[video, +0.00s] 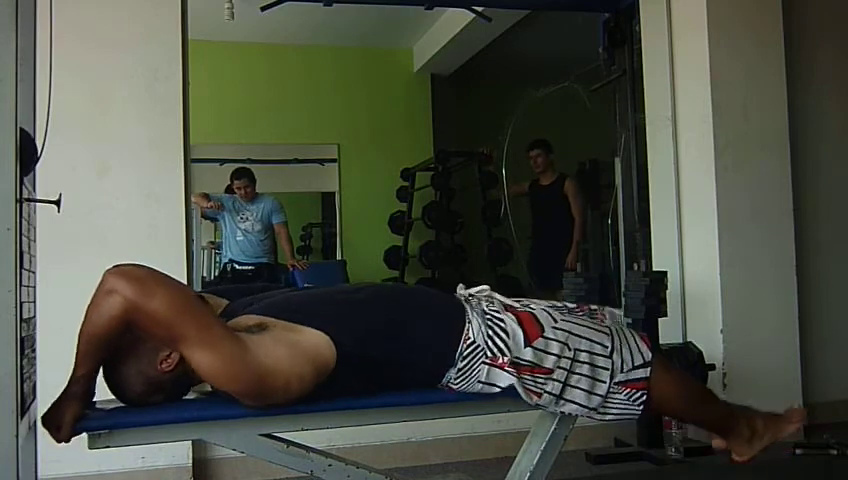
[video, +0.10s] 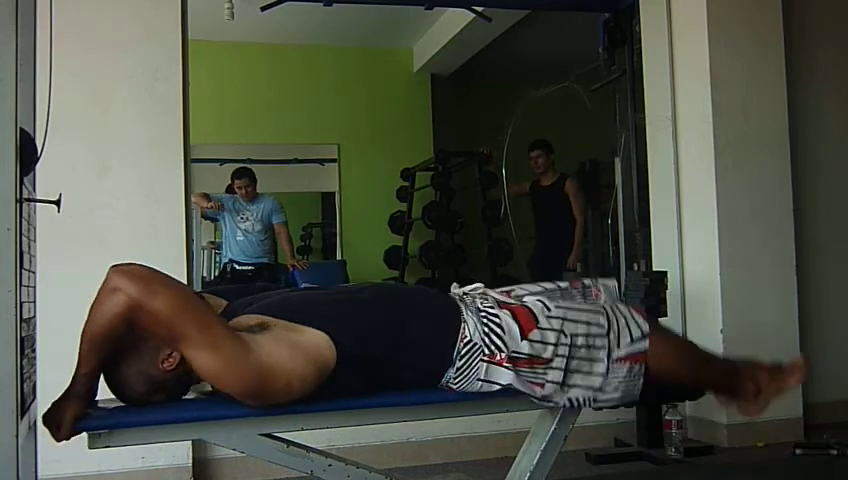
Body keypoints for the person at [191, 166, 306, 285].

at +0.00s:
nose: (243, 193)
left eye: (247, 188)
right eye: (238, 189)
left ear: (254, 185)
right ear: (233, 188)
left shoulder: (270, 203)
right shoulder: (226, 202)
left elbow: (281, 231)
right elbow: (196, 197)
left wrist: (290, 259)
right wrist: (206, 203)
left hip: (263, 270)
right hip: (232, 271)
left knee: (261, 313)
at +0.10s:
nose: (243, 192)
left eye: (247, 187)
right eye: (239, 188)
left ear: (255, 185)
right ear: (234, 188)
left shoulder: (270, 203)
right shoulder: (226, 203)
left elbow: (281, 232)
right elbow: (196, 197)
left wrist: (290, 259)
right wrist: (207, 203)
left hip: (263, 270)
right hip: (232, 270)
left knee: (261, 312)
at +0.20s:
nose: (244, 192)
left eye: (248, 187)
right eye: (239, 188)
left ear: (255, 185)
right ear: (234, 188)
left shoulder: (270, 203)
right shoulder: (226, 203)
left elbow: (281, 232)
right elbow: (196, 197)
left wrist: (290, 259)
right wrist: (206, 203)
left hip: (263, 270)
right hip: (233, 270)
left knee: (261, 313)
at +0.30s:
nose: (244, 192)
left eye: (248, 187)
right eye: (239, 188)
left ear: (255, 185)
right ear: (234, 188)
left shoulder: (270, 203)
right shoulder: (226, 202)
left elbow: (281, 231)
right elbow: (196, 197)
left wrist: (290, 258)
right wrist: (206, 203)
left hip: (263, 270)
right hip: (233, 270)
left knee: (262, 312)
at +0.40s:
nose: (244, 192)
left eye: (248, 187)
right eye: (239, 188)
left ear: (255, 184)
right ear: (234, 187)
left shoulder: (270, 203)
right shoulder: (226, 202)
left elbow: (282, 233)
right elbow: (196, 197)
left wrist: (290, 260)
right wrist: (206, 203)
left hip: (262, 271)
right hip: (232, 270)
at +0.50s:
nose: (244, 192)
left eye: (248, 187)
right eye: (239, 188)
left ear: (255, 184)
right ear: (234, 187)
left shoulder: (270, 204)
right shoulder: (226, 202)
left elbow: (281, 236)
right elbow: (196, 197)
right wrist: (207, 204)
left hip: (261, 270)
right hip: (232, 270)